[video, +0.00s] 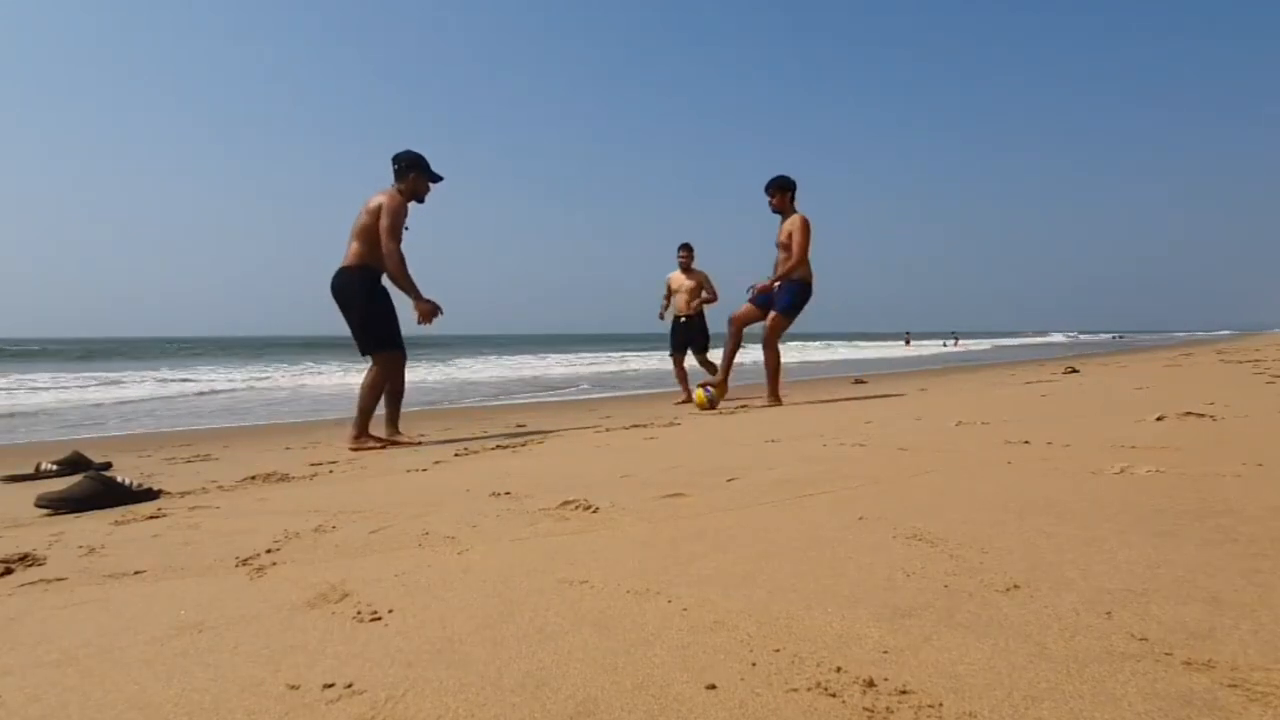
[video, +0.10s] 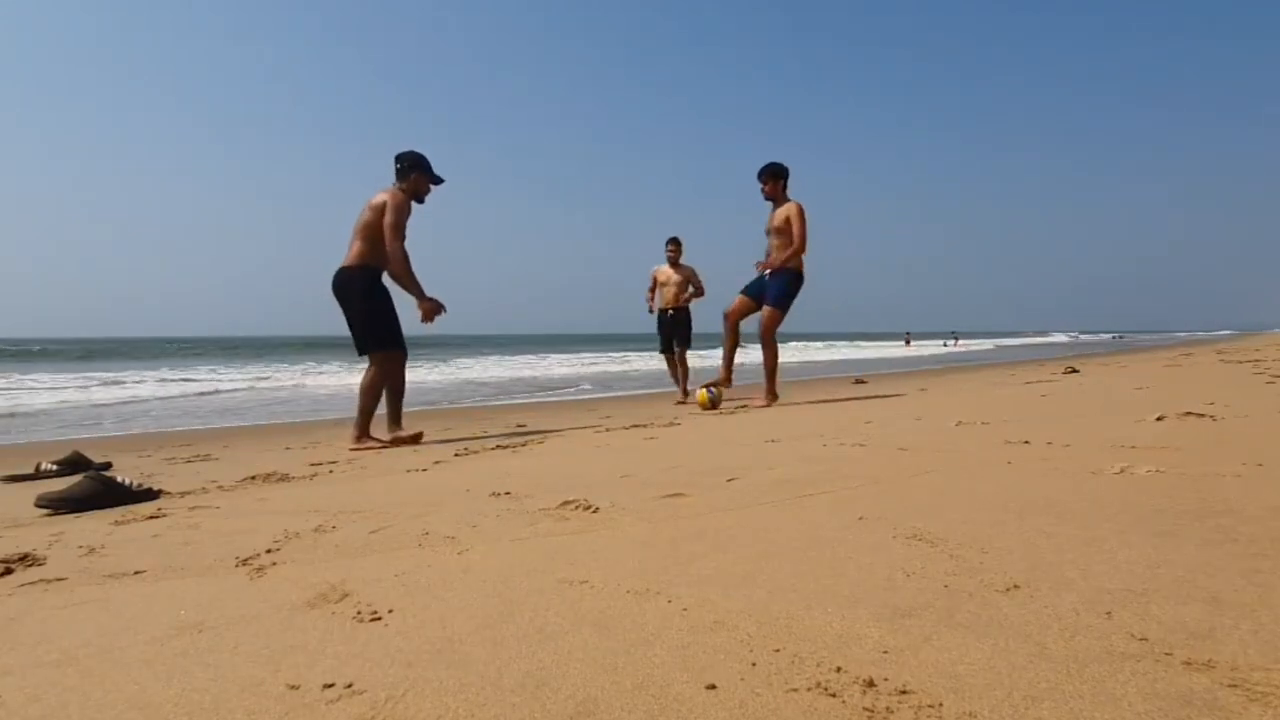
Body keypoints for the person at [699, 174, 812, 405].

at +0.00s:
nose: (770, 202)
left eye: (773, 197)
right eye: (769, 197)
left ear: (788, 196)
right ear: (779, 198)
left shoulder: (798, 221)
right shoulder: (786, 223)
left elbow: (799, 259)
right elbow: (786, 262)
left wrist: (772, 282)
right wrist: (768, 285)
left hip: (795, 287)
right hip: (779, 286)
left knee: (769, 338)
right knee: (736, 320)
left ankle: (773, 397)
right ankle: (722, 381)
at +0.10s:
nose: (762, 190)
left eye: (765, 184)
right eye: (761, 185)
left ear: (779, 183)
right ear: (772, 185)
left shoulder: (794, 209)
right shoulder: (775, 211)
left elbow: (799, 246)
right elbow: (779, 244)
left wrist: (775, 262)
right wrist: (766, 262)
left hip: (787, 275)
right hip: (770, 273)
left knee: (766, 329)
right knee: (731, 315)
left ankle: (770, 394)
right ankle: (725, 377)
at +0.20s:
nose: (757, 182)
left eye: (761, 176)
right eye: (756, 177)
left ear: (775, 176)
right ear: (764, 178)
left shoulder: (791, 203)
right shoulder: (761, 208)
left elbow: (808, 234)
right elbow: (757, 246)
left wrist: (813, 259)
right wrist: (739, 269)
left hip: (781, 267)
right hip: (762, 268)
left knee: (759, 324)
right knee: (727, 313)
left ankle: (759, 390)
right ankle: (741, 369)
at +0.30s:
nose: (750, 189)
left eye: (755, 184)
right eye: (750, 184)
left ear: (770, 184)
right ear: (755, 186)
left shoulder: (786, 210)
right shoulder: (750, 215)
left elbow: (816, 237)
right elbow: (731, 244)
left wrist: (846, 253)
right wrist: (702, 262)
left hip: (775, 278)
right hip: (755, 278)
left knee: (754, 334)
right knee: (723, 325)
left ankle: (744, 398)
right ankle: (748, 369)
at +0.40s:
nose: (745, 197)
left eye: (749, 192)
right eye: (744, 193)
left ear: (763, 192)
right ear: (746, 195)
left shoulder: (781, 217)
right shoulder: (744, 223)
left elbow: (813, 240)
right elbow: (715, 247)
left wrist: (852, 250)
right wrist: (681, 256)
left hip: (772, 282)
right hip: (752, 284)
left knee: (745, 334)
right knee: (721, 332)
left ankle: (743, 399)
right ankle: (748, 372)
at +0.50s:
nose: (745, 197)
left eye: (749, 192)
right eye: (744, 192)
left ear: (762, 191)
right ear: (745, 193)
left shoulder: (780, 217)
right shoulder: (741, 221)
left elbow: (810, 242)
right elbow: (713, 246)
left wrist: (844, 256)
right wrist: (677, 255)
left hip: (771, 281)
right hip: (749, 281)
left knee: (747, 333)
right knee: (722, 334)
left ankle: (747, 391)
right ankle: (756, 356)